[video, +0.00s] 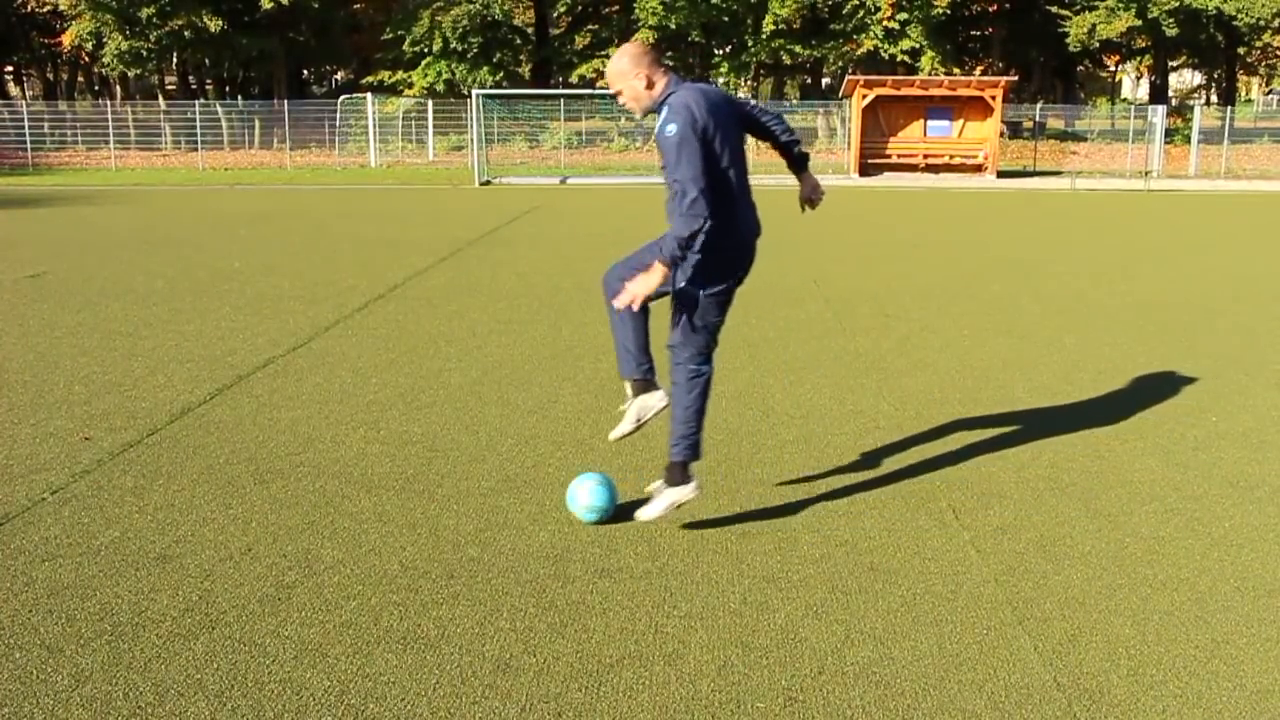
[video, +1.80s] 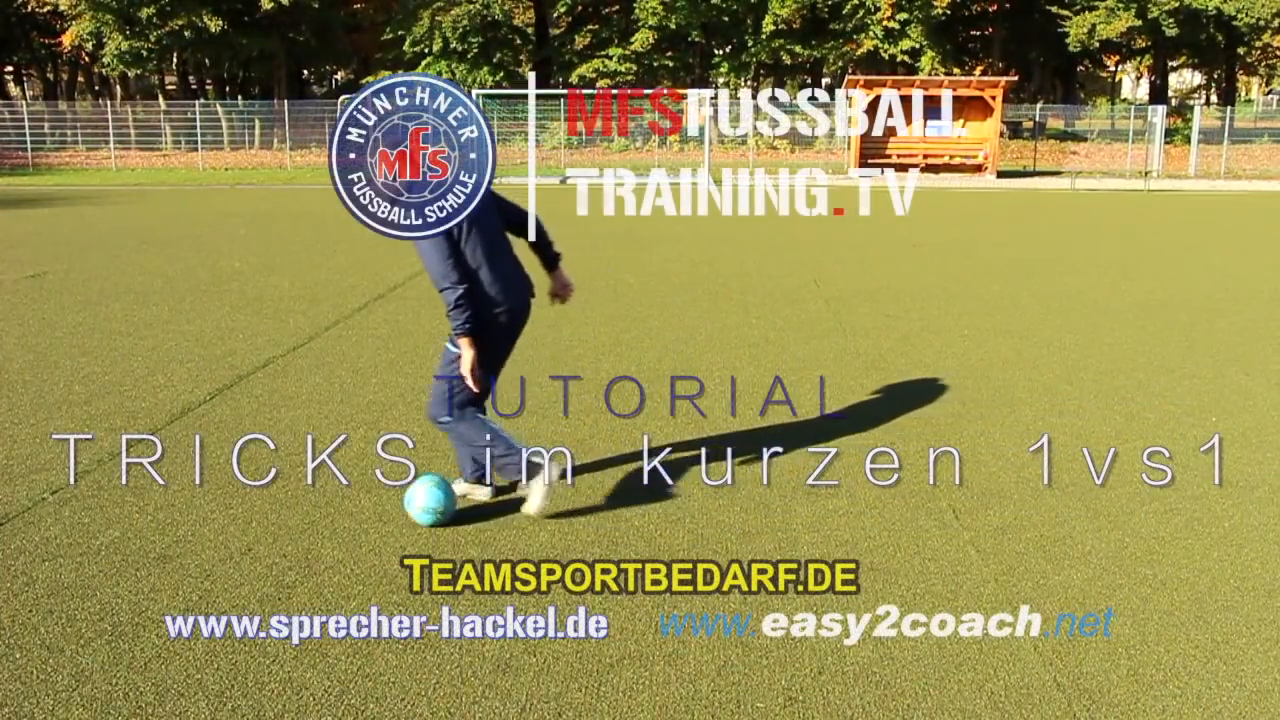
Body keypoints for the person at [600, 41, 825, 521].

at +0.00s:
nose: (620, 103)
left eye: (620, 93)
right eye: (616, 94)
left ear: (646, 79)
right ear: (654, 74)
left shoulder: (675, 121)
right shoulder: (708, 95)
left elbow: (692, 212)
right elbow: (771, 124)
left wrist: (656, 273)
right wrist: (805, 173)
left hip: (716, 250)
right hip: (720, 235)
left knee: (690, 357)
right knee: (620, 280)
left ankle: (679, 477)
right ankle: (642, 389)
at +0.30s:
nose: (579, 166)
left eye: (579, 156)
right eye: (575, 157)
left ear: (603, 141)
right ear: (610, 137)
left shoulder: (634, 186)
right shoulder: (668, 155)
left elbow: (660, 273)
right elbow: (731, 173)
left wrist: (657, 344)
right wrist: (778, 211)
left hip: (673, 309)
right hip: (687, 291)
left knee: (642, 410)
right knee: (581, 327)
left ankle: (667, 529)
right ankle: (584, 435)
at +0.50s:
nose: (555, 192)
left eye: (555, 183)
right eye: (551, 185)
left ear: (578, 169)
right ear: (581, 166)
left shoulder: (609, 215)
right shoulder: (645, 172)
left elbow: (632, 303)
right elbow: (708, 197)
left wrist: (642, 374)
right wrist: (753, 238)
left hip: (651, 323)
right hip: (672, 306)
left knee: (609, 426)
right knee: (568, 354)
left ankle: (661, 528)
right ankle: (524, 454)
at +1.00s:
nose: (502, 173)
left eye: (501, 163)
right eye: (498, 165)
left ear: (523, 151)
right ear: (530, 146)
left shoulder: (547, 193)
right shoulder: (592, 166)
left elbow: (565, 278)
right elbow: (649, 204)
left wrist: (576, 348)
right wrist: (685, 253)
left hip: (582, 316)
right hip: (608, 303)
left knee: (586, 426)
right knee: (529, 380)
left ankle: (654, 517)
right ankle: (476, 457)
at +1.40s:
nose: (439, 167)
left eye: (440, 157)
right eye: (437, 157)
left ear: (460, 150)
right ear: (472, 142)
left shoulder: (481, 193)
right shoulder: (522, 171)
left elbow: (498, 272)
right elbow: (582, 209)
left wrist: (509, 337)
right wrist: (624, 258)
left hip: (522, 315)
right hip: (548, 301)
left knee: (544, 417)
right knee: (488, 384)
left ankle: (629, 497)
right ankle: (477, 485)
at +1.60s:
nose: (412, 176)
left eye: (415, 166)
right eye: (410, 166)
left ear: (435, 165)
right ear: (458, 155)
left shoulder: (447, 206)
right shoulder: (497, 181)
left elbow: (468, 278)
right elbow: (554, 218)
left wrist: (482, 342)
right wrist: (590, 265)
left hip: (500, 311)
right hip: (531, 301)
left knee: (490, 419)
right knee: (466, 379)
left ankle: (586, 478)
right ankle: (476, 479)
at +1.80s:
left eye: (391, 182)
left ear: (405, 187)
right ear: (438, 169)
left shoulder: (427, 221)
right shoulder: (471, 193)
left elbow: (451, 283)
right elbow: (528, 223)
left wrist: (465, 343)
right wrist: (555, 269)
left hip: (486, 312)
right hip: (515, 300)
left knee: (445, 409)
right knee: (468, 396)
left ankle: (530, 468)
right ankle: (477, 479)